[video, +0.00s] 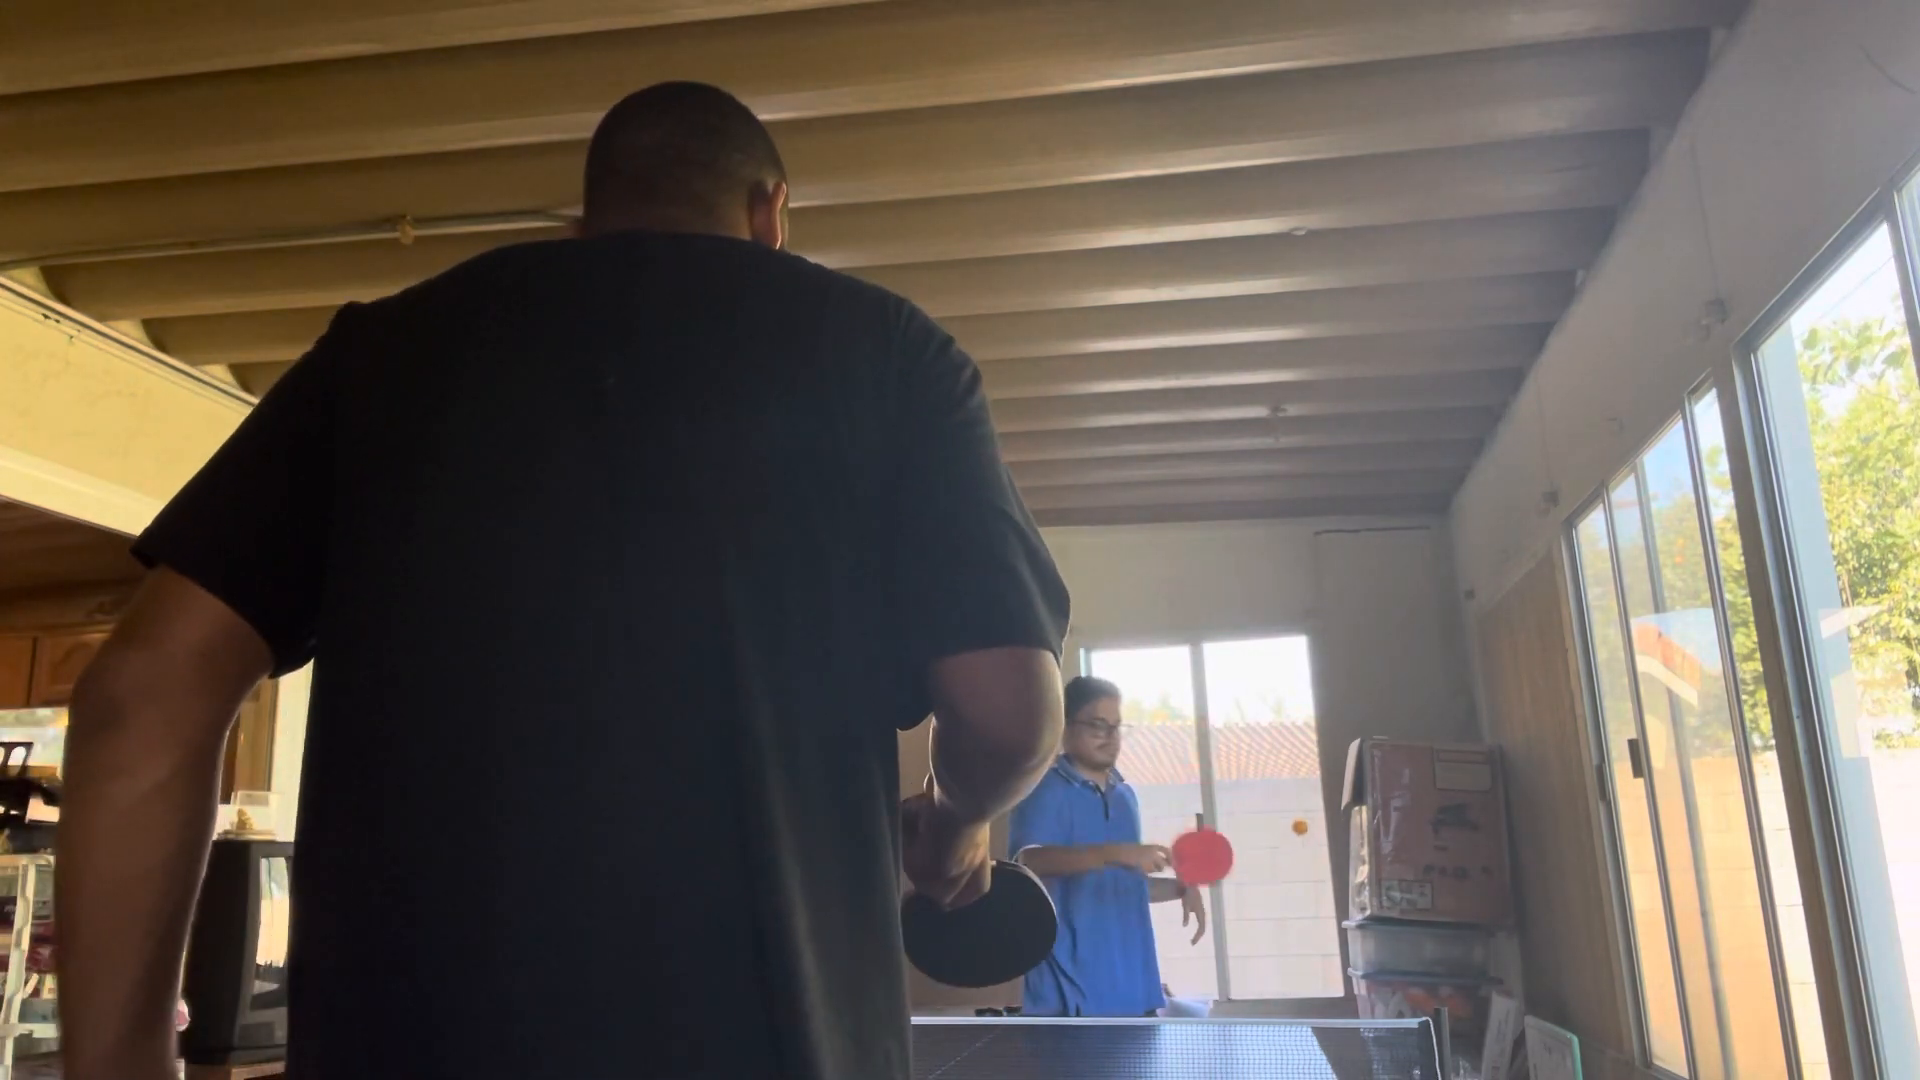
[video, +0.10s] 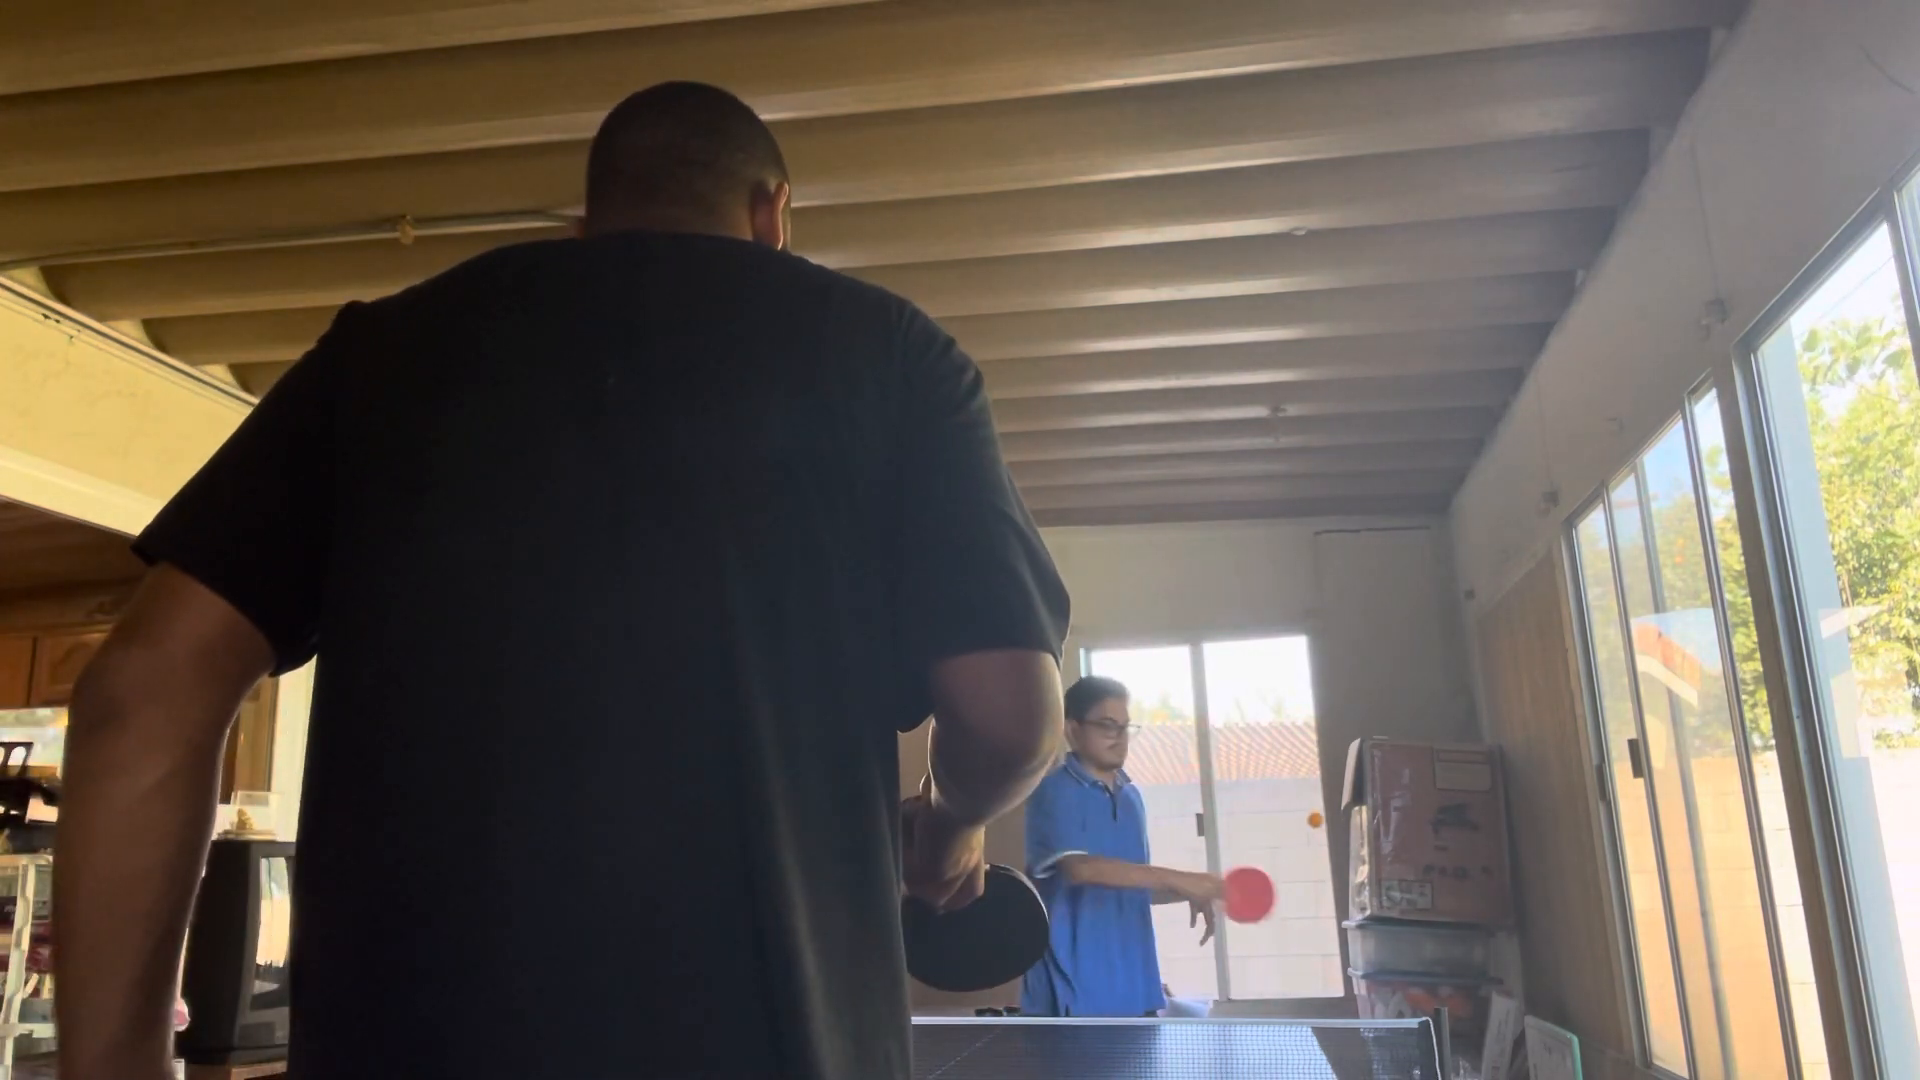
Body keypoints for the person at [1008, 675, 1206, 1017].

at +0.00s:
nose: (1109, 737)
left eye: (1115, 727)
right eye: (1096, 726)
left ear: (1121, 728)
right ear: (1064, 728)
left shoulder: (1123, 796)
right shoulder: (1046, 789)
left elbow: (1119, 888)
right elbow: (1027, 859)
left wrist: (1179, 888)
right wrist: (1119, 853)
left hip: (1130, 988)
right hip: (1066, 994)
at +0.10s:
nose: (1119, 737)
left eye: (1124, 727)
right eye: (1106, 726)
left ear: (1130, 728)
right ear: (1072, 729)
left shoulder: (1129, 796)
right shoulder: (1056, 791)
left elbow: (1129, 893)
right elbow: (1075, 869)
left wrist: (1186, 892)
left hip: (1133, 989)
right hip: (1072, 996)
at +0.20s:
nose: (1134, 736)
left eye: (1137, 727)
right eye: (1121, 726)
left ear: (1142, 729)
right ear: (1085, 732)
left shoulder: (1131, 796)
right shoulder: (1083, 790)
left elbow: (1136, 888)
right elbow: (1145, 866)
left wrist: (1197, 898)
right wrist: (1251, 894)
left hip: (1122, 984)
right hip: (1079, 987)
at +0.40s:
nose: (1160, 737)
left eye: (1164, 728)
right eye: (1147, 726)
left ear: (1169, 731)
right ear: (1113, 729)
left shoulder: (1133, 787)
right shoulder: (1109, 786)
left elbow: (1127, 889)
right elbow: (1147, 867)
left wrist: (1183, 910)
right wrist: (1240, 854)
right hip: (1104, 988)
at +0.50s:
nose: (1160, 734)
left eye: (1166, 725)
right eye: (1146, 722)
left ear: (1172, 730)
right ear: (1115, 728)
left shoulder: (1146, 791)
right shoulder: (1111, 787)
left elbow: (1151, 877)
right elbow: (1125, 870)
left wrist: (1180, 923)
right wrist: (1204, 851)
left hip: (1158, 985)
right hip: (1118, 987)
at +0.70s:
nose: (1159, 735)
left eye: (1166, 724)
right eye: (1144, 724)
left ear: (1174, 730)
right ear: (1118, 730)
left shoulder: (1163, 792)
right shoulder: (1110, 791)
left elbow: (1167, 894)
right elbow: (1109, 878)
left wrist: (1214, 933)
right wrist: (1182, 873)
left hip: (1179, 986)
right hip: (1133, 993)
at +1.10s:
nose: (1178, 742)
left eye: (1185, 732)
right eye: (1164, 730)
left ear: (1193, 734)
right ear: (1136, 733)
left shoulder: (1181, 797)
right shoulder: (1121, 793)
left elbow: (1189, 889)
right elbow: (1108, 880)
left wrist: (1225, 950)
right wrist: (1191, 913)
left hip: (1196, 989)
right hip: (1150, 996)